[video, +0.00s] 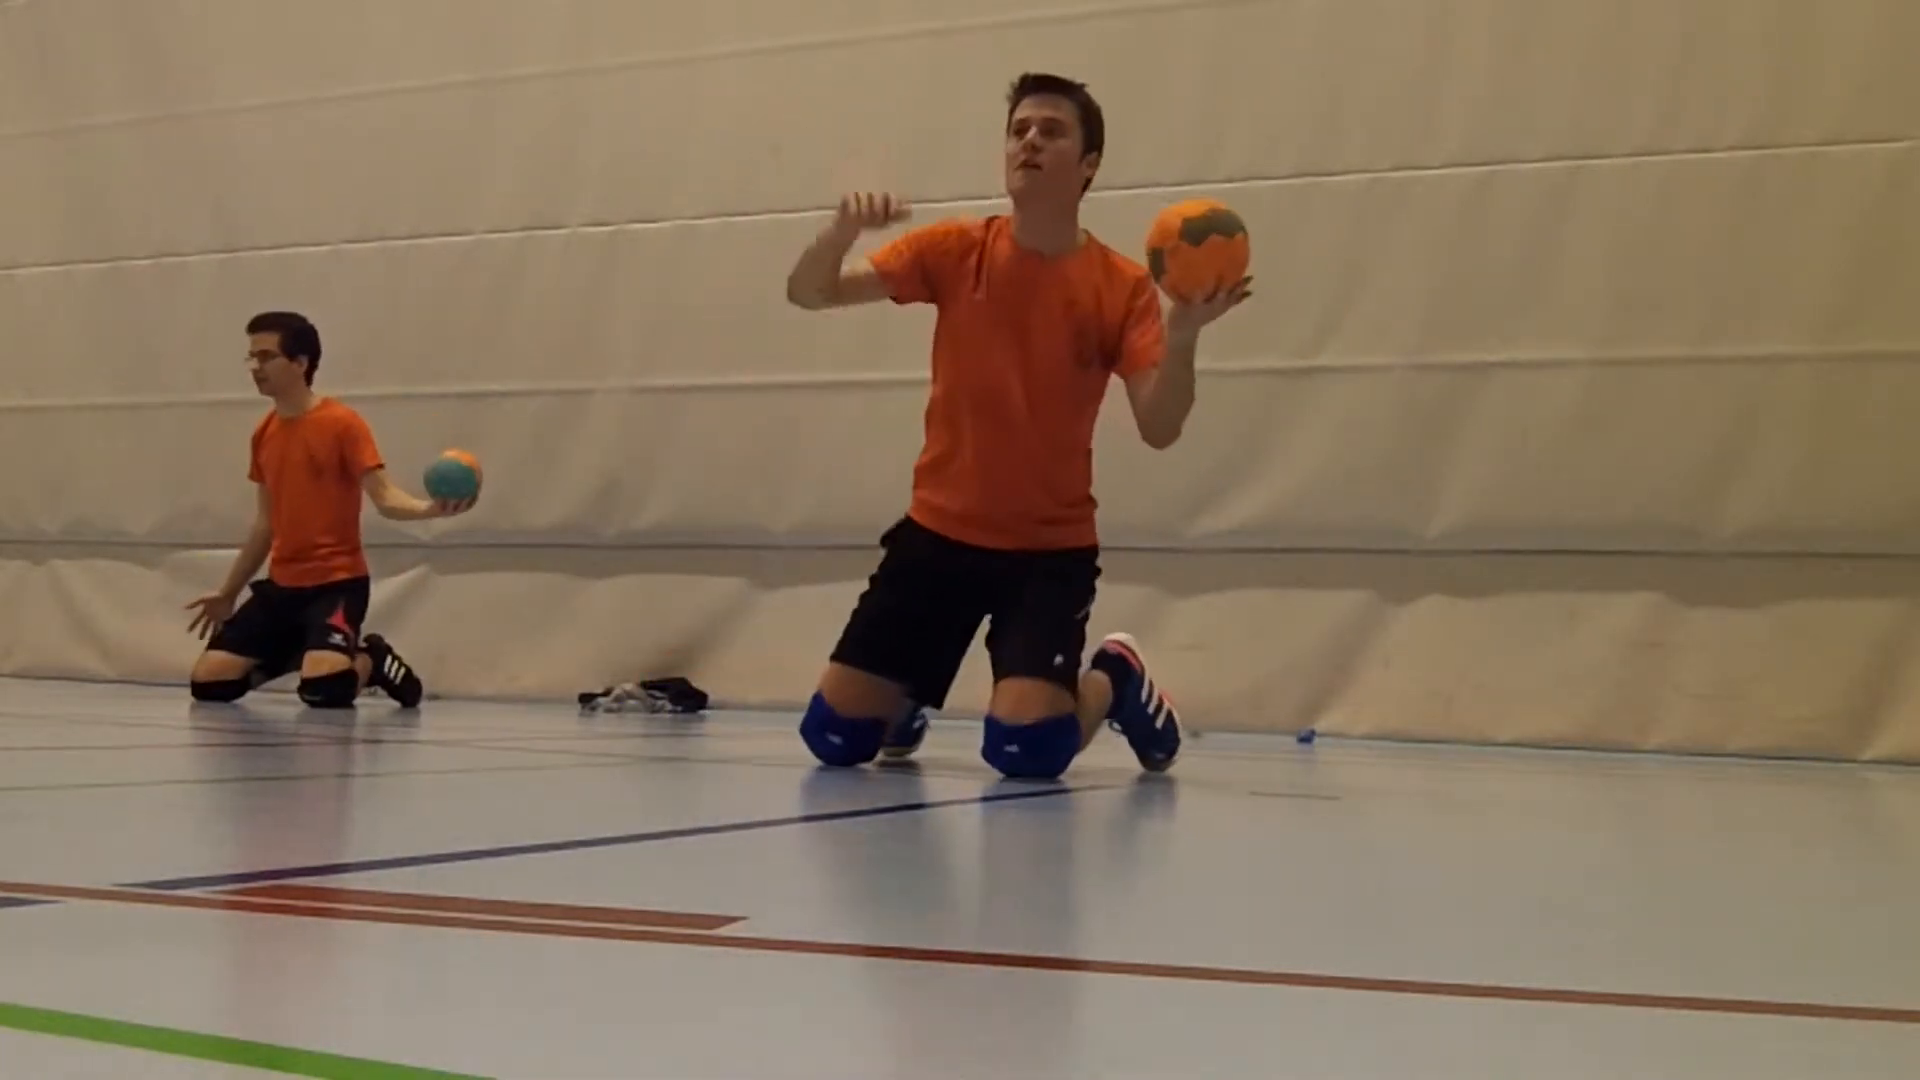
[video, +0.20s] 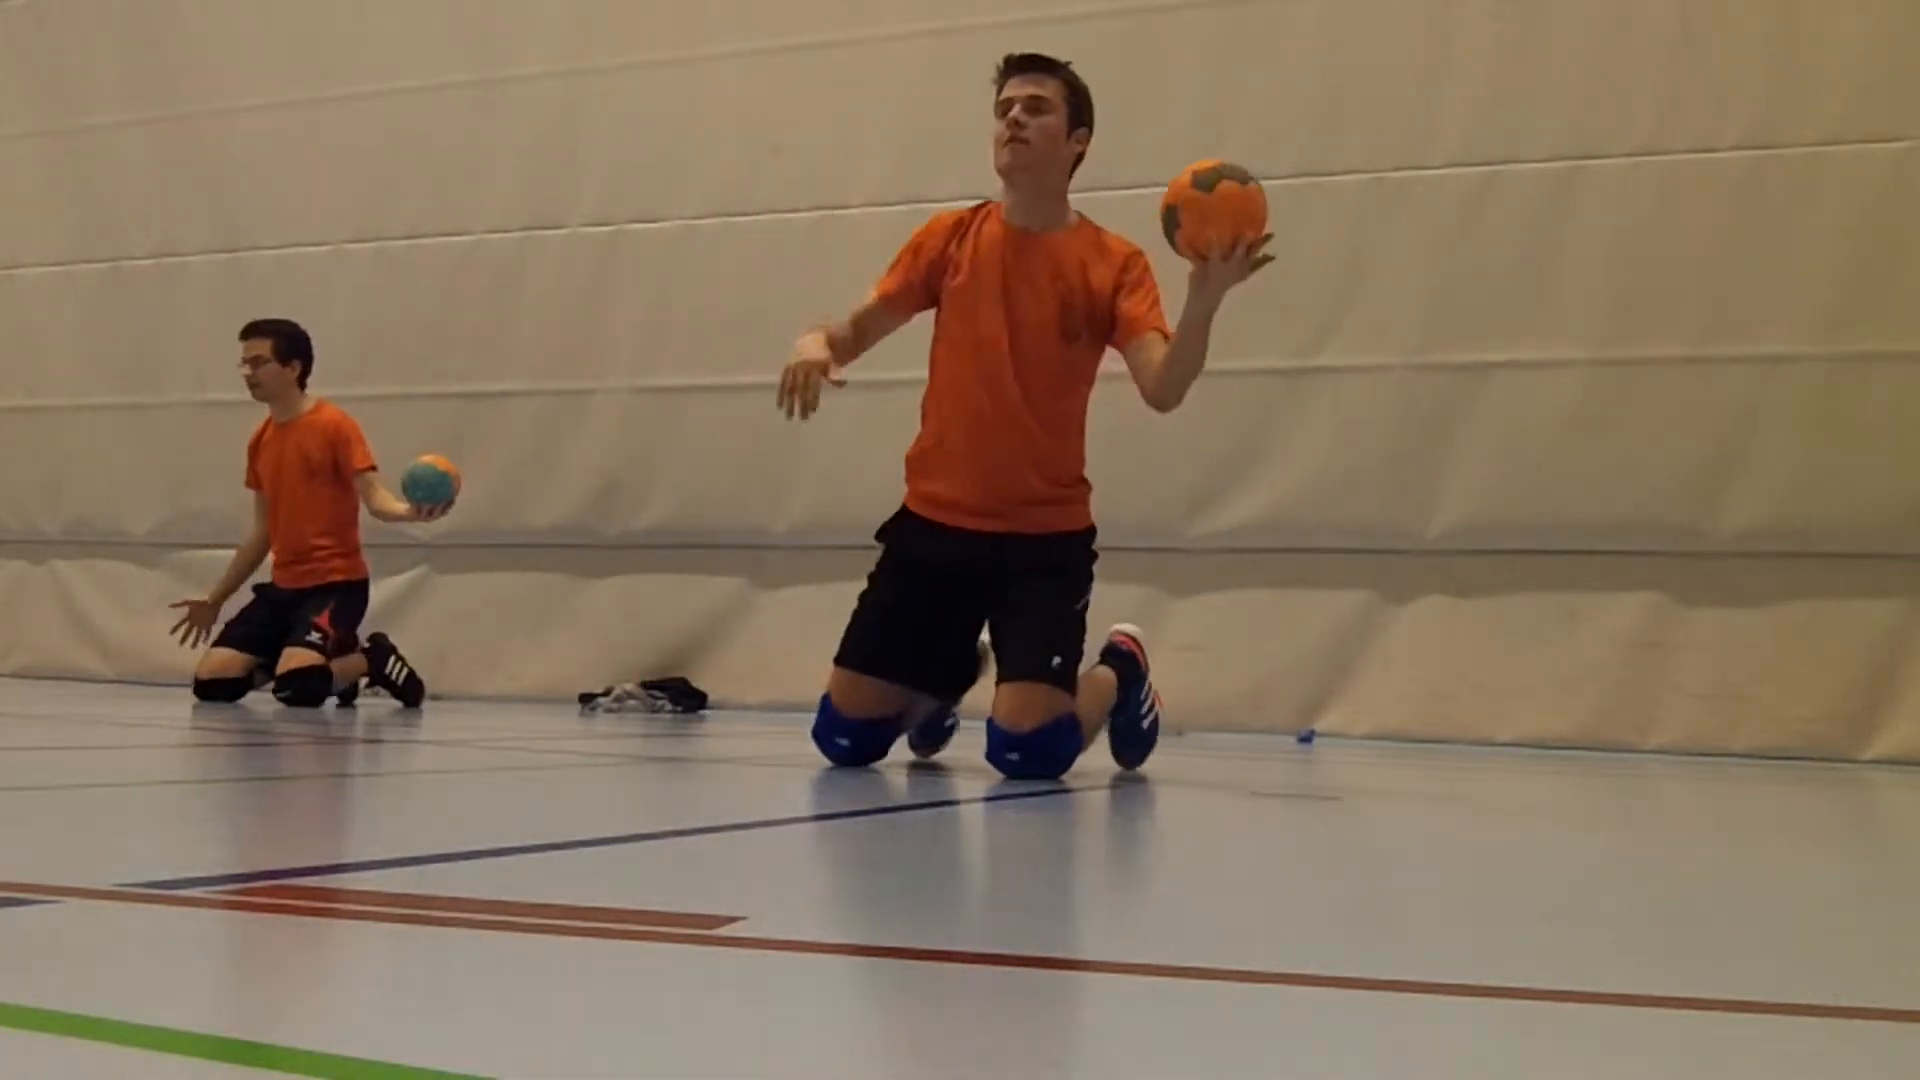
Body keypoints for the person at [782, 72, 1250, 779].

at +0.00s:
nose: (1027, 141)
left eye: (1051, 131)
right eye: (1017, 131)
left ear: (1088, 167)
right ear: (1002, 155)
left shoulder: (1122, 289)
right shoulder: (957, 251)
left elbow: (1159, 429)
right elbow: (809, 290)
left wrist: (1183, 335)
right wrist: (840, 233)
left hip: (1050, 547)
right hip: (939, 532)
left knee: (1022, 753)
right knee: (834, 736)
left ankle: (1116, 681)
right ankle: (905, 707)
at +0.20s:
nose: (1015, 120)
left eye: (1037, 109)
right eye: (1004, 111)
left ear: (1077, 143)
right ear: (990, 138)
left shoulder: (1113, 263)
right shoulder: (950, 239)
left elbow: (1162, 388)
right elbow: (853, 333)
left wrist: (1204, 301)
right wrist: (814, 346)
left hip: (1046, 532)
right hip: (934, 522)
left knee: (1025, 756)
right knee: (843, 739)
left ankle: (1122, 671)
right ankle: (944, 681)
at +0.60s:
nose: (970, 163)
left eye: (992, 152)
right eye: (961, 153)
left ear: (1033, 181)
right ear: (948, 177)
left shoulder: (1064, 292)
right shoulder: (919, 278)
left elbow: (1079, 427)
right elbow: (830, 383)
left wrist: (1103, 349)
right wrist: (765, 392)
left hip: (1036, 562)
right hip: (929, 554)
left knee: (1013, 751)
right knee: (830, 740)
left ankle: (1105, 669)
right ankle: (952, 677)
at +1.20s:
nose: (904, 223)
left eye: (926, 209)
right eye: (898, 212)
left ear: (972, 234)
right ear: (892, 232)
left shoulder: (1015, 337)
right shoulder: (870, 339)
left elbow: (1046, 463)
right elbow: (760, 428)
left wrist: (1046, 383)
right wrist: (696, 391)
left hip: (1009, 595)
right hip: (903, 595)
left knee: (1035, 754)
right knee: (749, 723)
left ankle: (1090, 688)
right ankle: (924, 677)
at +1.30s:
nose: (844, 221)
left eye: (864, 207)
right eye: (839, 209)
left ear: (914, 229)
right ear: (835, 231)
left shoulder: (967, 326)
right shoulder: (817, 330)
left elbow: (1012, 427)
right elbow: (684, 382)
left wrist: (1033, 358)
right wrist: (581, 340)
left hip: (977, 582)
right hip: (873, 591)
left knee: (1021, 753)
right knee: (734, 727)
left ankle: (1097, 686)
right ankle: (905, 679)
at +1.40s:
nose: (787, 209)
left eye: (804, 193)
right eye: (783, 196)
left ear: (858, 208)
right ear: (785, 214)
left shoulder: (917, 303)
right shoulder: (765, 309)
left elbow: (968, 397)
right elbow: (642, 381)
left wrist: (995, 330)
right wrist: (516, 380)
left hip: (930, 560)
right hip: (829, 574)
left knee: (991, 742)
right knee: (710, 729)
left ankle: (1112, 694)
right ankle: (875, 677)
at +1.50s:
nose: (739, 185)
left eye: (756, 170)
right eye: (737, 171)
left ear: (809, 183)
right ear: (743, 184)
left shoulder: (868, 282)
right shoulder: (729, 287)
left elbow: (924, 384)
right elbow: (698, 411)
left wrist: (950, 318)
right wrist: (635, 451)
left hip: (875, 536)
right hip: (777, 546)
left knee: (952, 726)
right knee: (672, 727)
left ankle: (1107, 701)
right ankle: (852, 685)